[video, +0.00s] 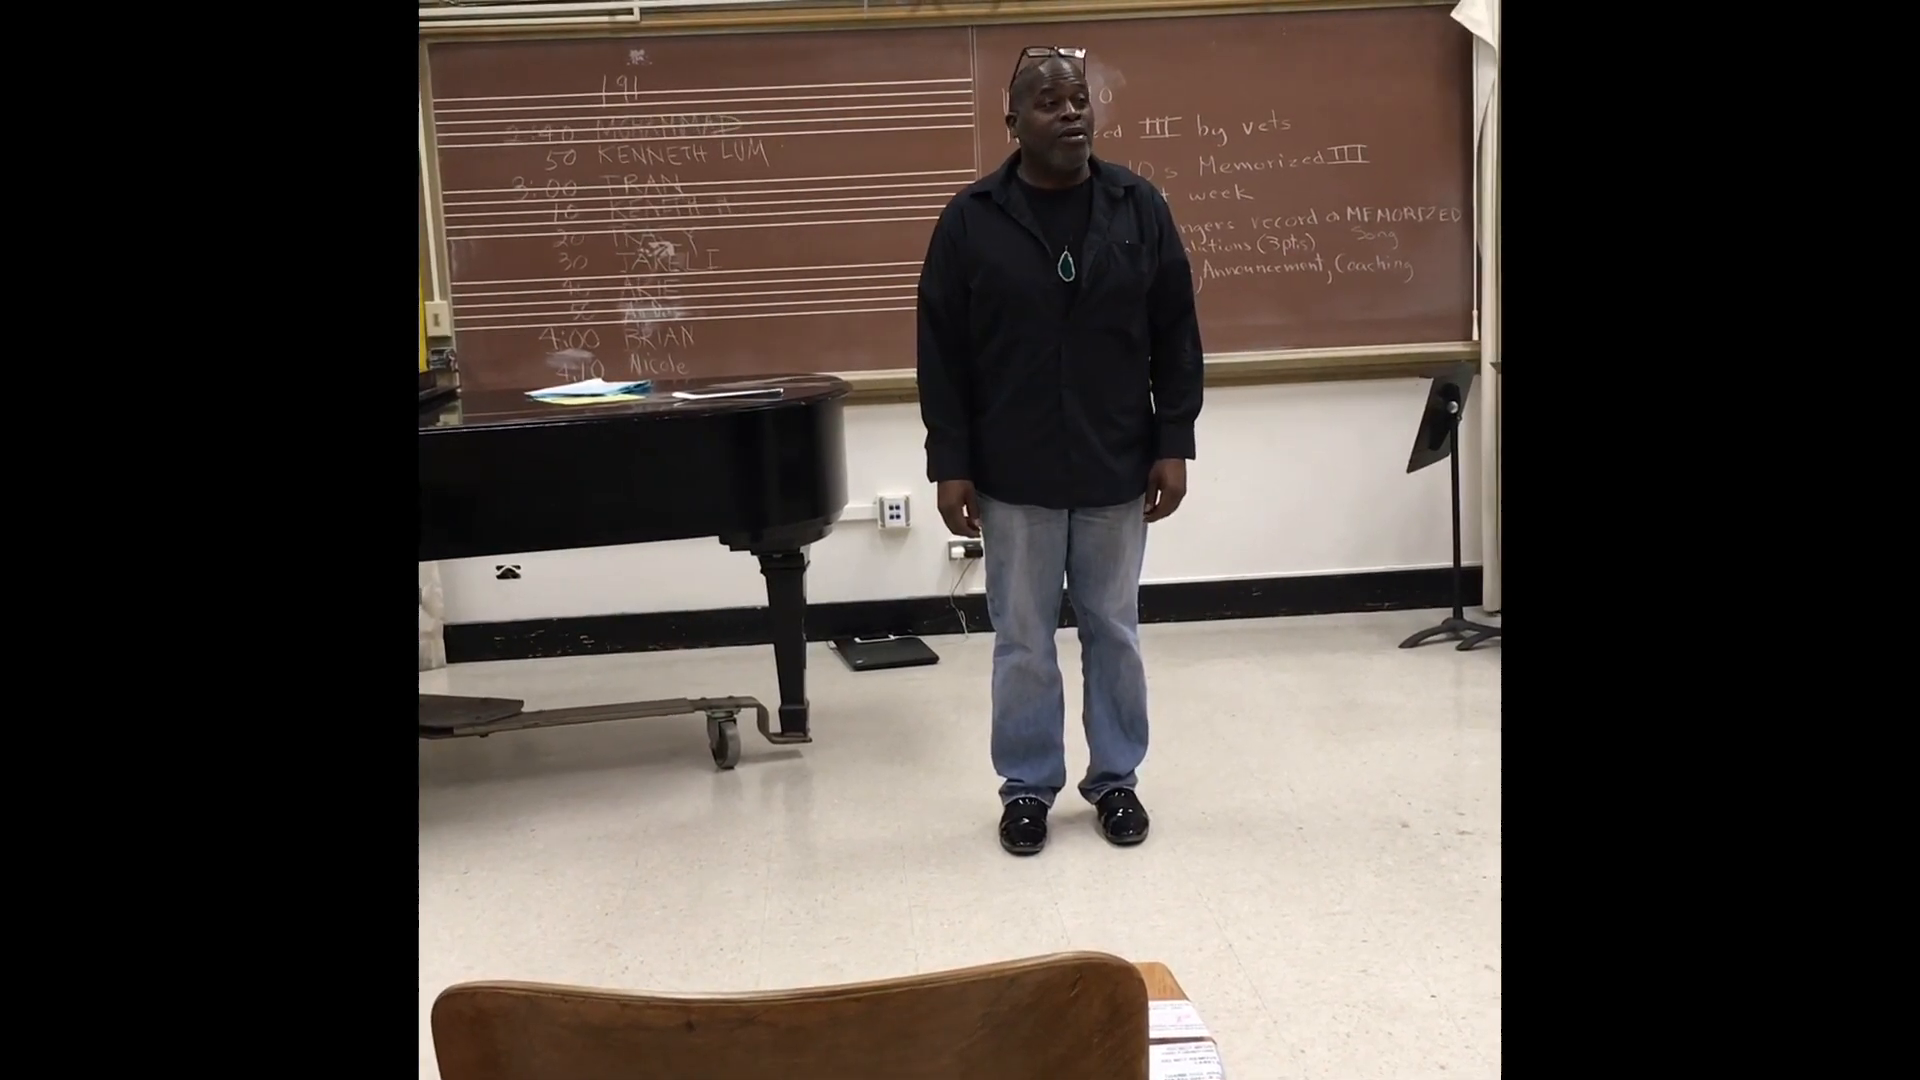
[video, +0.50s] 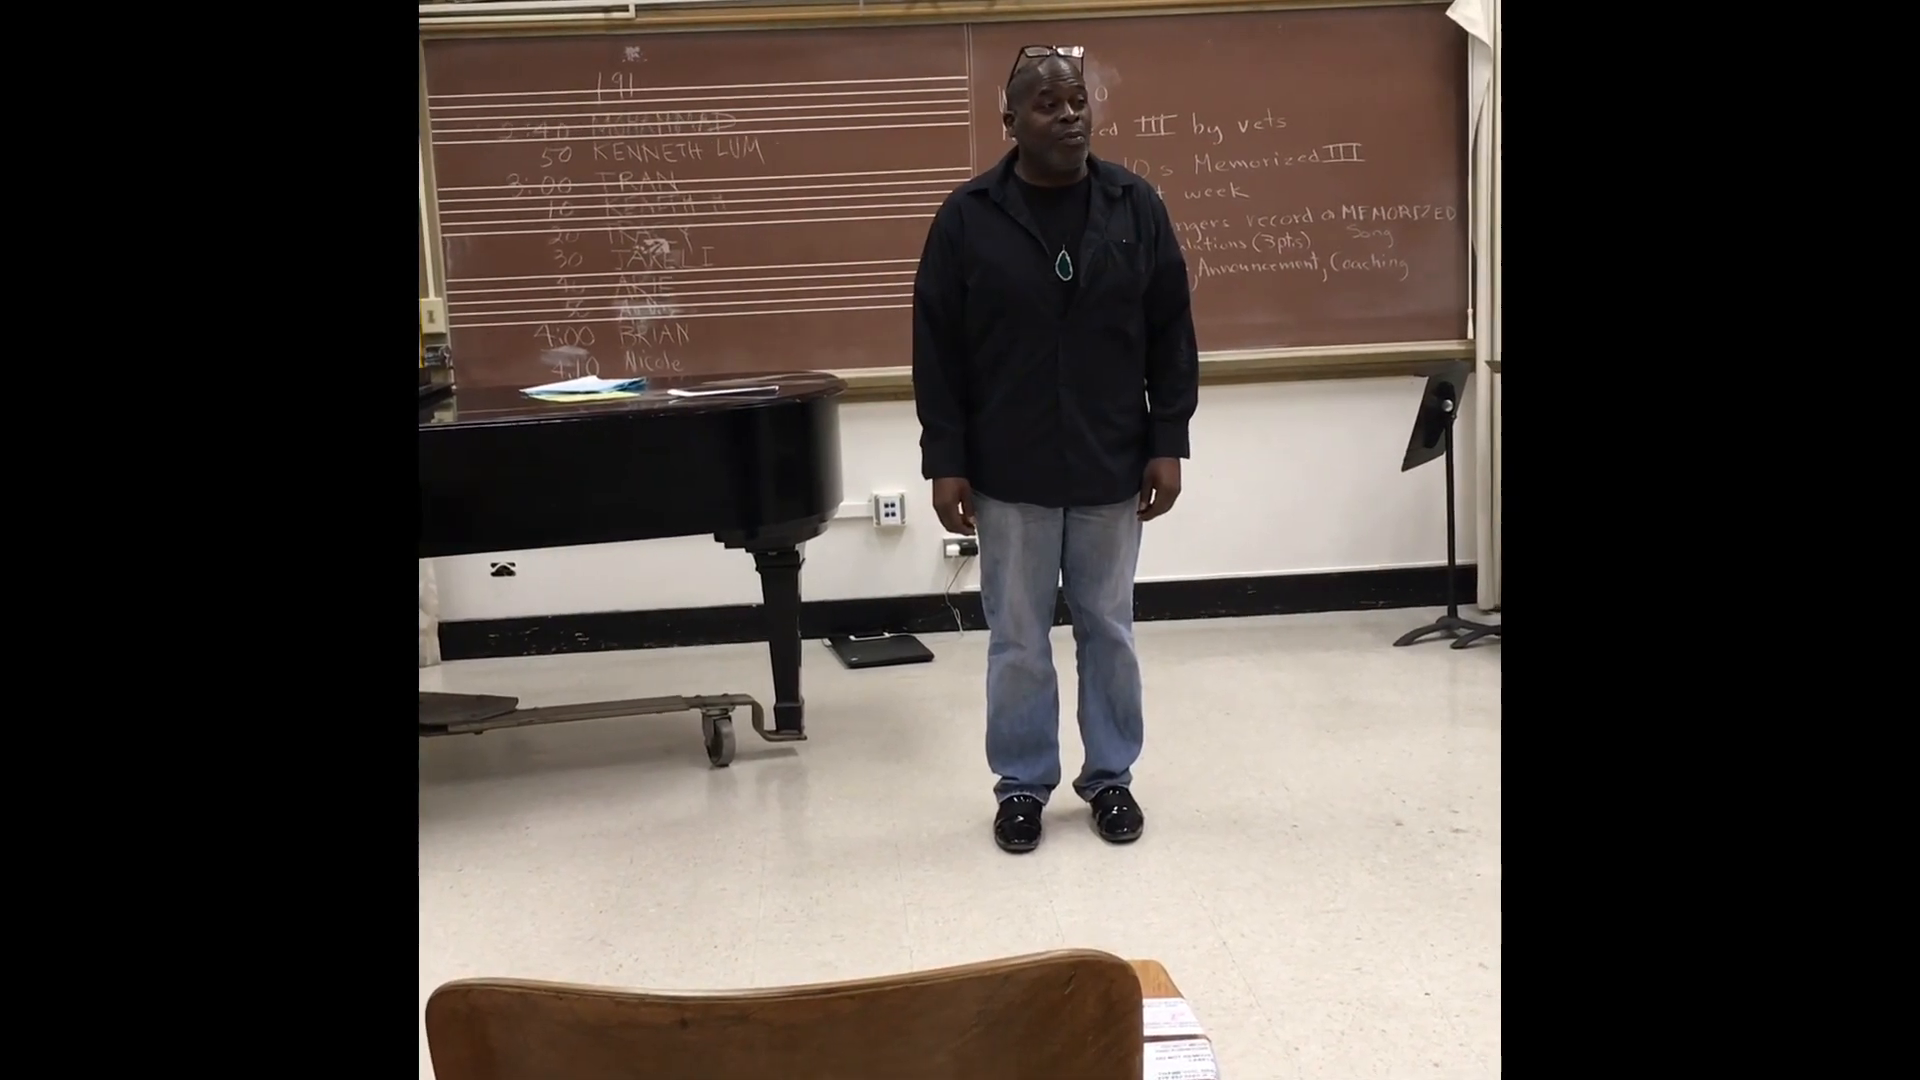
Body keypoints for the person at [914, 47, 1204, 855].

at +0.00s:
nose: (1069, 112)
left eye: (1079, 99)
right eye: (1049, 101)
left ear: (1096, 112)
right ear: (1013, 120)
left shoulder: (1139, 207)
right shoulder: (969, 219)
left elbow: (1176, 336)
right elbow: (940, 351)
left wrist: (1172, 448)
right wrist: (950, 467)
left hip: (1116, 459)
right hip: (1012, 465)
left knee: (1114, 631)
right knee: (1022, 638)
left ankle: (1116, 779)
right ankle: (1026, 787)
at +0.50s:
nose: (1067, 114)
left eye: (1077, 101)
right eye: (1047, 104)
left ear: (1093, 112)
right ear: (1011, 120)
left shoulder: (1135, 207)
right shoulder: (966, 217)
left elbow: (1171, 333)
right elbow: (935, 347)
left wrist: (1167, 446)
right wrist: (946, 463)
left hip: (1111, 457)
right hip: (1008, 463)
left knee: (1109, 629)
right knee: (1018, 637)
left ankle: (1110, 778)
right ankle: (1020, 785)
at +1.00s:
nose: (1055, 116)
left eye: (1068, 102)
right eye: (1036, 104)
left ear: (1086, 111)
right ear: (1005, 118)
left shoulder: (1131, 206)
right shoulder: (961, 216)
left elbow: (1166, 333)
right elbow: (931, 347)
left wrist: (1162, 446)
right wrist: (940, 463)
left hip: (1105, 457)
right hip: (1001, 462)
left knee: (1103, 629)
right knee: (1011, 636)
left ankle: (1104, 776)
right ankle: (1014, 782)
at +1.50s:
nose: (1021, 114)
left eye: (1039, 101)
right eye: (1009, 101)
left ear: (1075, 112)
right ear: (993, 112)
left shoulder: (1123, 205)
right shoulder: (954, 212)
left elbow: (1160, 333)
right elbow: (922, 342)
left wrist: (1156, 445)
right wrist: (930, 458)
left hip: (1095, 456)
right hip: (991, 461)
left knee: (1093, 627)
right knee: (1003, 634)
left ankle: (1096, 776)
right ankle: (1006, 783)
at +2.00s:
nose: (994, 107)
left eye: (1013, 95)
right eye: (990, 95)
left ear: (1063, 107)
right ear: (984, 106)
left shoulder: (1120, 200)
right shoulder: (953, 207)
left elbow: (1156, 330)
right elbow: (921, 334)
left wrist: (1146, 445)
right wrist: (921, 449)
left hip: (1091, 452)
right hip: (988, 454)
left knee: (1090, 623)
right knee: (1000, 629)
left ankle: (1093, 771)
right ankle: (1003, 777)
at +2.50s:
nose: (990, 111)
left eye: (1009, 97)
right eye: (988, 97)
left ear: (1061, 109)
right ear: (987, 106)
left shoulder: (1124, 199)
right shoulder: (956, 207)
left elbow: (1160, 330)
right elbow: (926, 335)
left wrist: (1149, 446)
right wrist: (926, 449)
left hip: (1095, 453)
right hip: (992, 455)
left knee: (1096, 623)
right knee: (1005, 630)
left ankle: (1099, 770)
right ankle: (1009, 777)